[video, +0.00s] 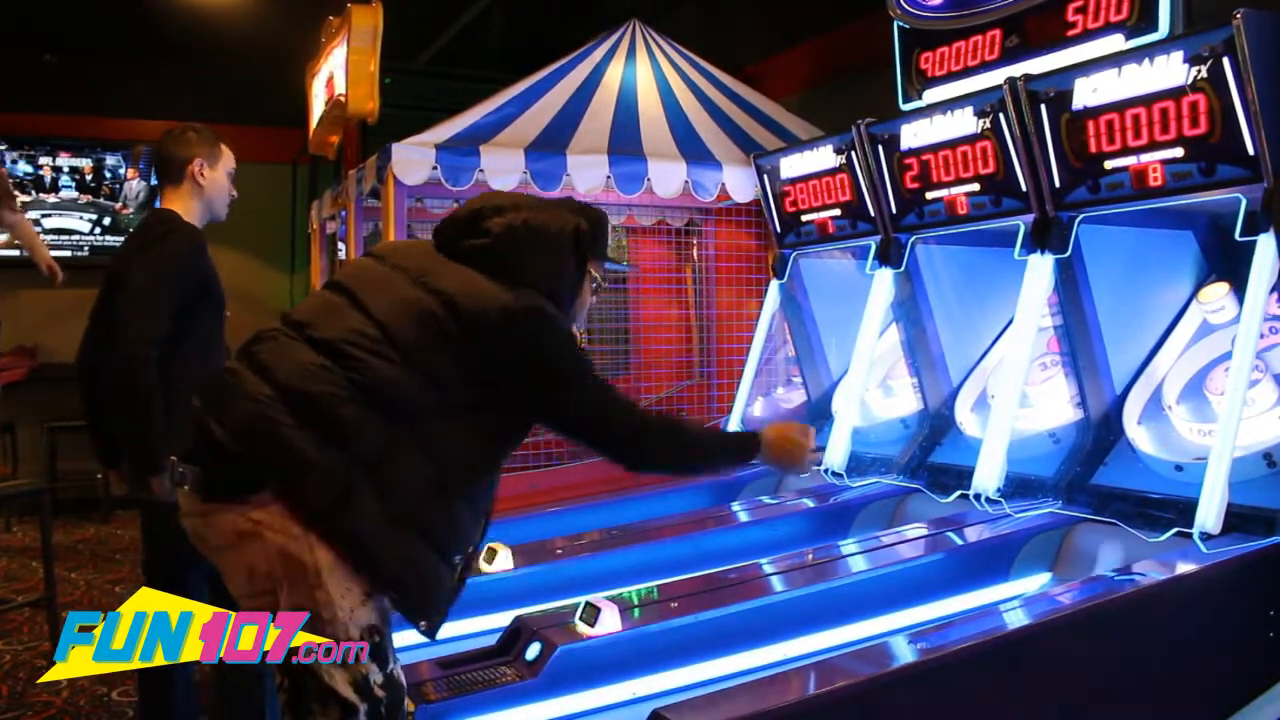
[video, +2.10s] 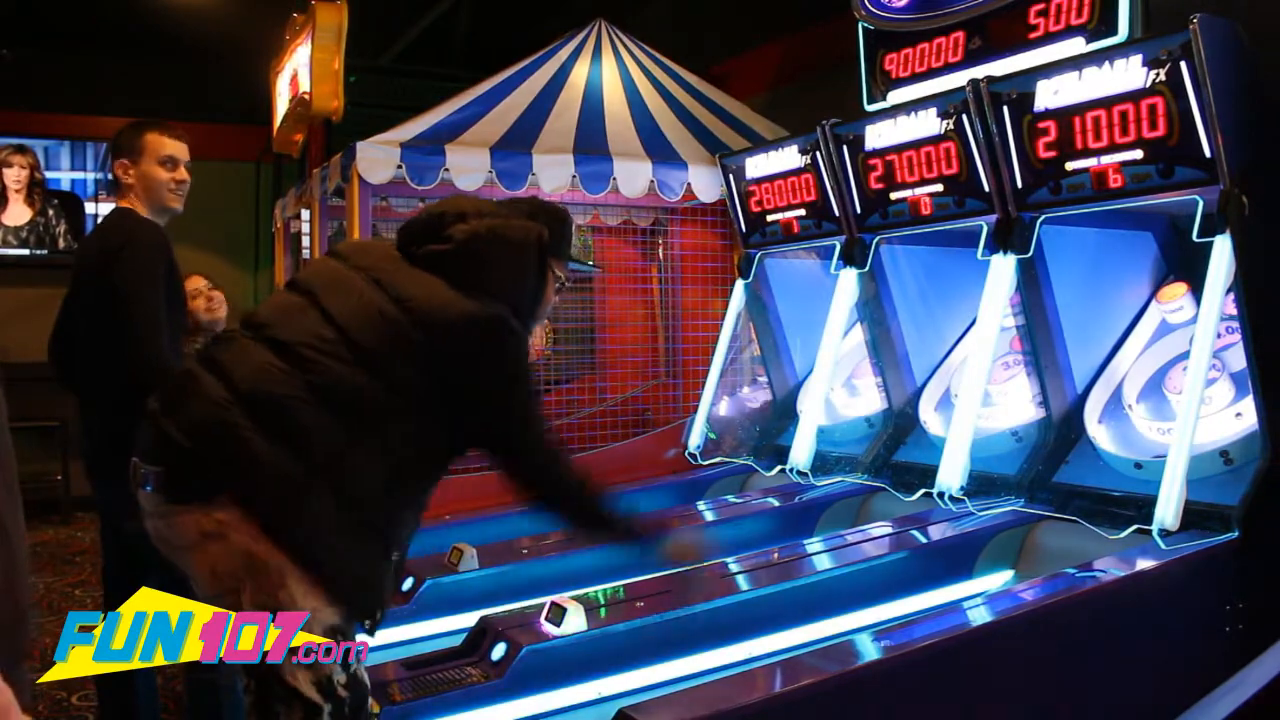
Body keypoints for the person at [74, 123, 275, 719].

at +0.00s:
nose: (234, 187)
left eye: (234, 173)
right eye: (230, 173)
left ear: (186, 173)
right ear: (199, 172)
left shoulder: (149, 239)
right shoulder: (177, 243)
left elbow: (96, 356)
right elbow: (140, 352)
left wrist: (120, 456)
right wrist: (156, 456)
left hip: (159, 462)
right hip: (184, 462)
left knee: (172, 608)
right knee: (197, 610)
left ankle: (168, 706)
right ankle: (179, 707)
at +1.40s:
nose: (187, 189)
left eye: (185, 174)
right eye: (183, 174)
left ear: (129, 178)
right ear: (156, 173)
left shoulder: (103, 239)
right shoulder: (151, 239)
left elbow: (42, 347)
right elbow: (162, 353)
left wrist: (103, 396)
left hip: (106, 449)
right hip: (145, 456)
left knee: (123, 594)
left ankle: (123, 705)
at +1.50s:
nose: (187, 185)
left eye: (185, 172)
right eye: (183, 172)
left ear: (125, 178)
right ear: (157, 172)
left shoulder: (103, 239)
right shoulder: (152, 238)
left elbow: (50, 349)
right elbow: (160, 353)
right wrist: (211, 321)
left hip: (106, 448)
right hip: (144, 454)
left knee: (124, 593)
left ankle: (125, 706)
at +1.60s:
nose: (189, 185)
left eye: (187, 172)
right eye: (184, 172)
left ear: (127, 177)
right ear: (157, 172)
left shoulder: (102, 241)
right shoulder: (152, 239)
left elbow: (56, 350)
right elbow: (162, 354)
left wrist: (105, 403)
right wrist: (207, 325)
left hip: (109, 451)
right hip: (148, 455)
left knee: (126, 596)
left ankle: (125, 706)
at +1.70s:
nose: (191, 185)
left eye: (189, 171)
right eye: (186, 171)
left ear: (133, 176)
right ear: (158, 172)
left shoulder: (105, 240)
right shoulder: (149, 240)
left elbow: (60, 349)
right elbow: (160, 359)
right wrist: (201, 327)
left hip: (111, 454)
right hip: (144, 460)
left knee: (127, 598)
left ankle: (125, 706)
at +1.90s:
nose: (195, 181)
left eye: (193, 169)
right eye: (185, 168)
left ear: (138, 174)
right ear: (143, 172)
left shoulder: (106, 240)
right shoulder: (146, 239)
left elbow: (65, 350)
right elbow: (155, 361)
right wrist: (195, 325)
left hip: (114, 456)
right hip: (145, 460)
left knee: (129, 600)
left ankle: (127, 707)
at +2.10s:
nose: (184, 177)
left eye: (186, 167)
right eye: (170, 164)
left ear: (135, 176)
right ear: (127, 170)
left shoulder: (104, 238)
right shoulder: (143, 239)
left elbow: (65, 349)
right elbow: (154, 355)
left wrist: (110, 401)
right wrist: (195, 418)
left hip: (110, 444)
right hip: (141, 449)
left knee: (128, 591)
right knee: (164, 592)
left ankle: (127, 705)